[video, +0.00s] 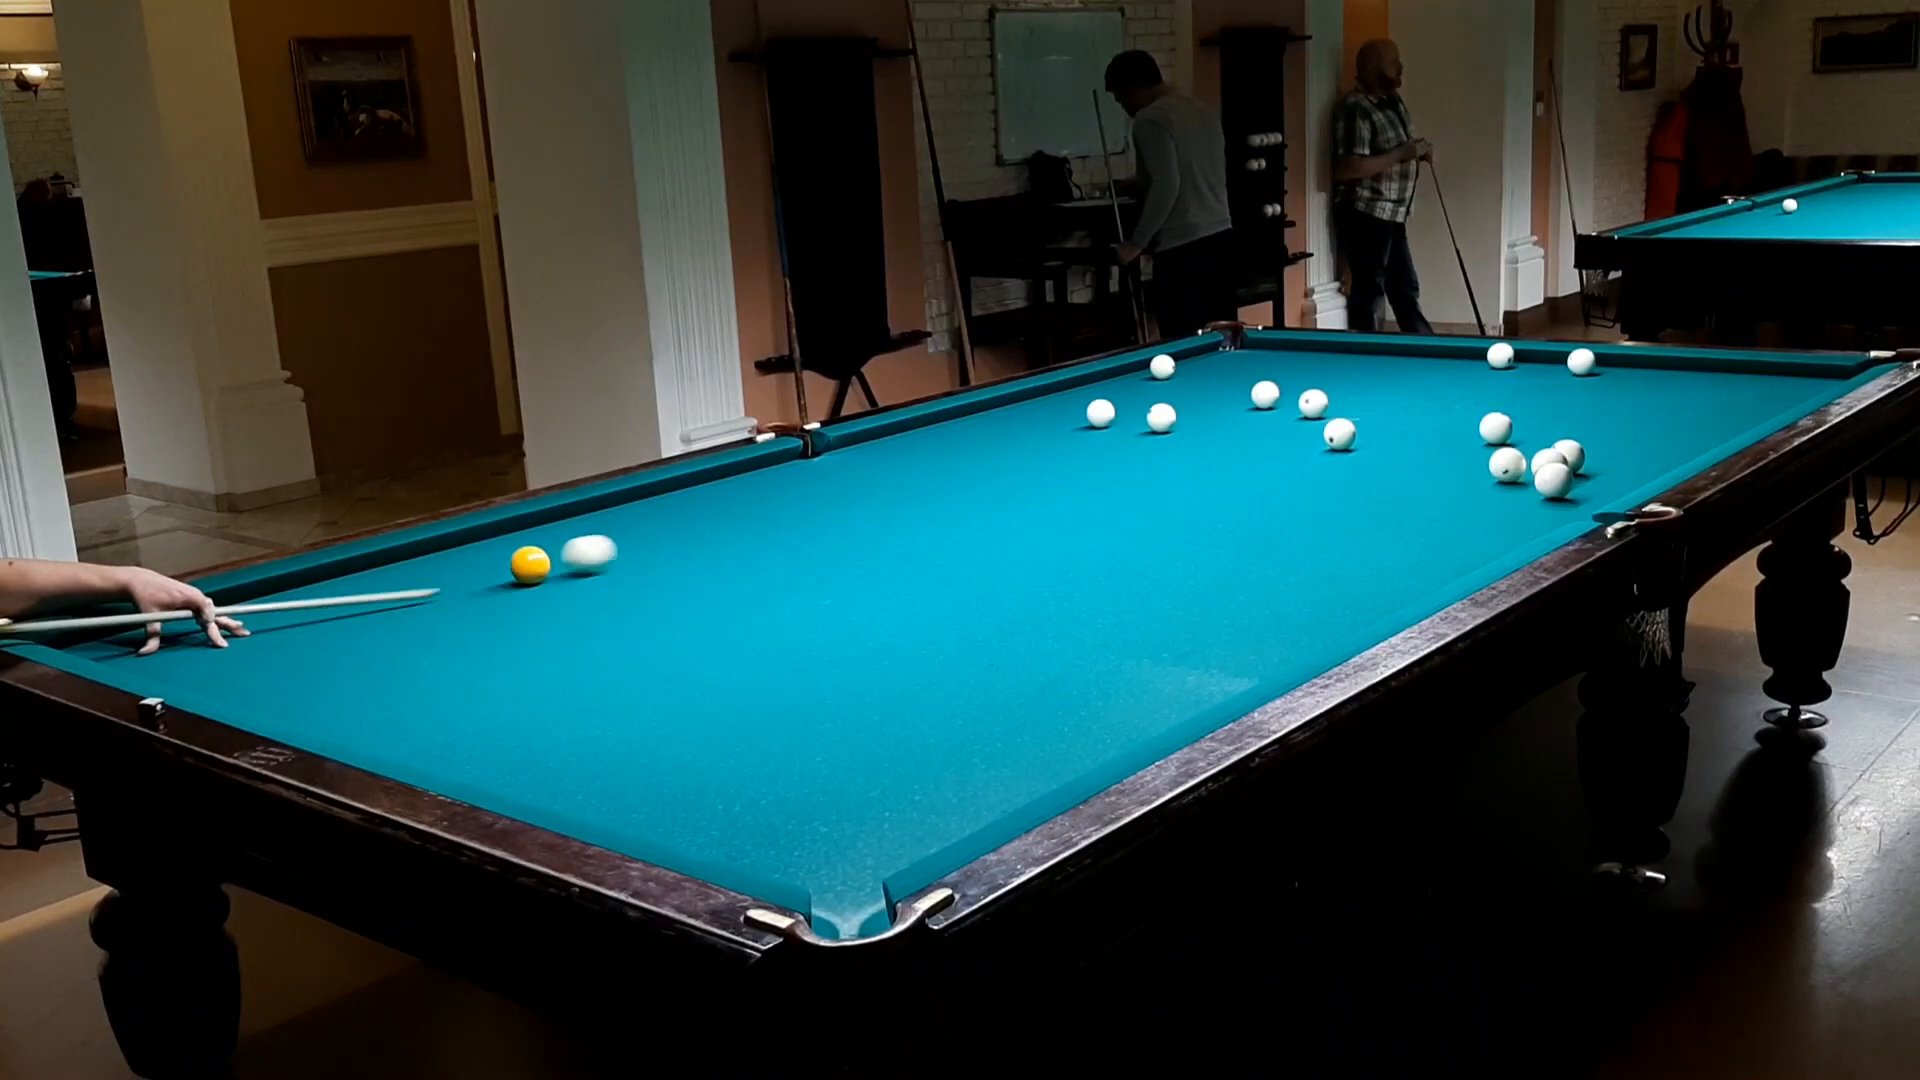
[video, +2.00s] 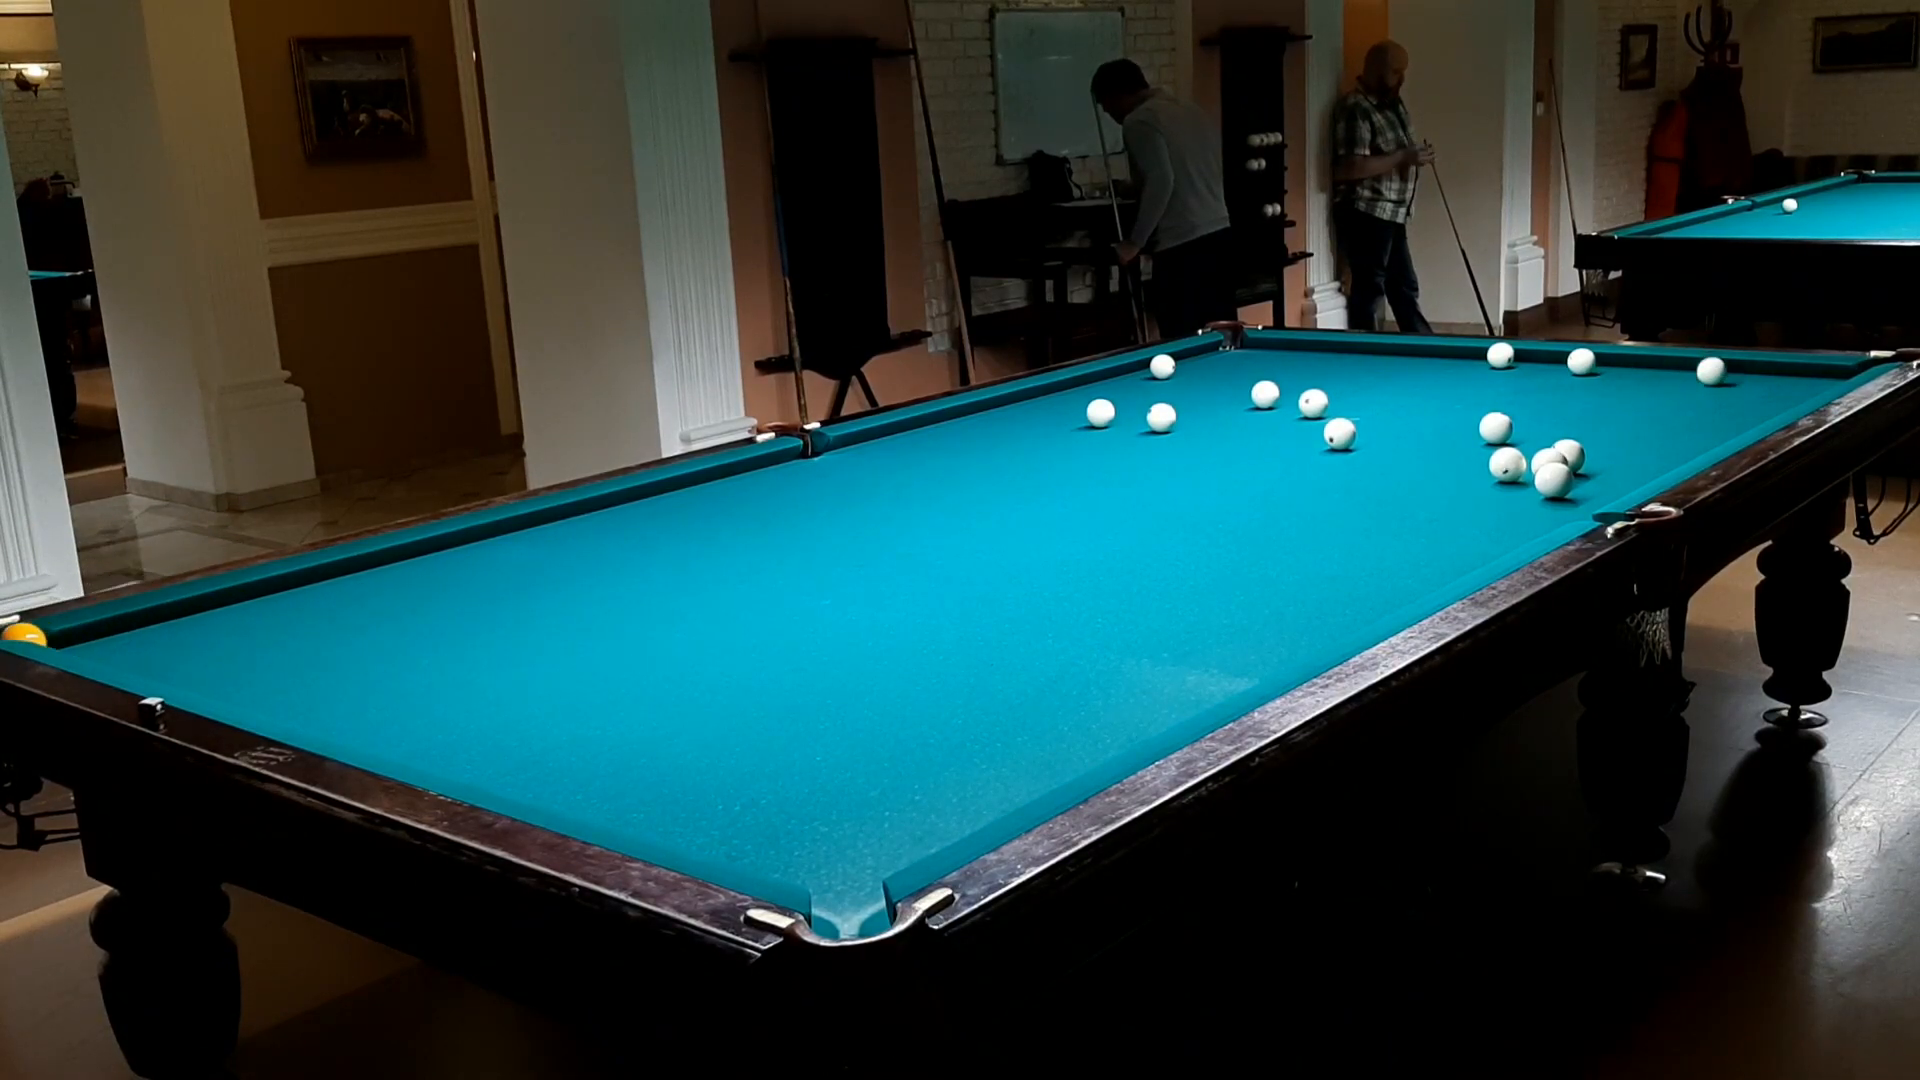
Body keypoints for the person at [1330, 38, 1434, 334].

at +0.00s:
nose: (1401, 71)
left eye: (1400, 64)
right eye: (1394, 65)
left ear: (1381, 69)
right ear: (1373, 68)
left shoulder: (1394, 103)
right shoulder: (1354, 108)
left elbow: (1388, 154)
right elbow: (1348, 168)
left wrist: (1416, 153)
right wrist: (1400, 154)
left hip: (1390, 217)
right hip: (1363, 217)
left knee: (1405, 290)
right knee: (1366, 293)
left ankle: (1426, 353)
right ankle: (1364, 360)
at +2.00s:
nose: (1401, 80)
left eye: (1403, 73)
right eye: (1396, 72)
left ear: (1401, 72)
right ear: (1377, 70)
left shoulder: (1393, 104)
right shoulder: (1355, 107)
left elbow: (1389, 155)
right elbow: (1351, 167)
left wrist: (1414, 156)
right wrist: (1402, 157)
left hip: (1390, 216)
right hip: (1363, 215)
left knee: (1404, 289)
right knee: (1367, 291)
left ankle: (1425, 352)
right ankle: (1363, 358)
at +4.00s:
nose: (1393, 74)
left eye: (1396, 67)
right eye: (1386, 67)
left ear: (1399, 68)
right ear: (1367, 69)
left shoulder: (1393, 104)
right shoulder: (1355, 107)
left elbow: (1391, 153)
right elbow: (1350, 167)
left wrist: (1417, 154)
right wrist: (1398, 156)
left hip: (1390, 216)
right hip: (1364, 215)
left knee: (1404, 289)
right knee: (1366, 292)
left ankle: (1425, 352)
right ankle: (1363, 358)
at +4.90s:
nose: (1405, 70)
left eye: (1404, 64)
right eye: (1398, 64)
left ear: (1380, 69)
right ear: (1376, 68)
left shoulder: (1394, 104)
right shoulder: (1356, 108)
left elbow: (1390, 153)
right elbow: (1347, 168)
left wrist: (1415, 155)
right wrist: (1398, 162)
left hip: (1390, 217)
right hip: (1364, 216)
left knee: (1404, 290)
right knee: (1367, 294)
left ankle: (1426, 353)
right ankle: (1364, 360)